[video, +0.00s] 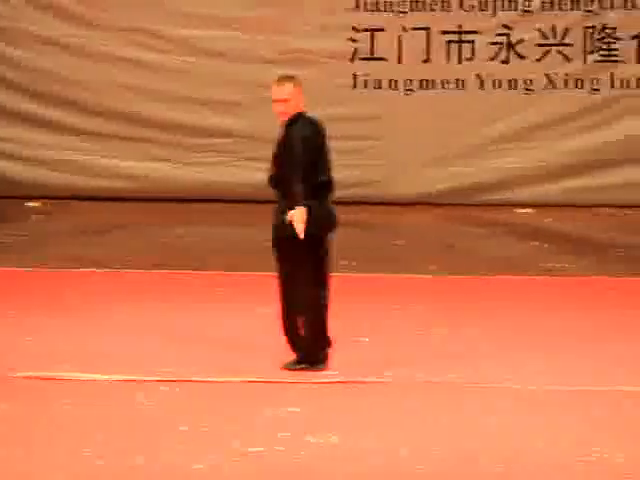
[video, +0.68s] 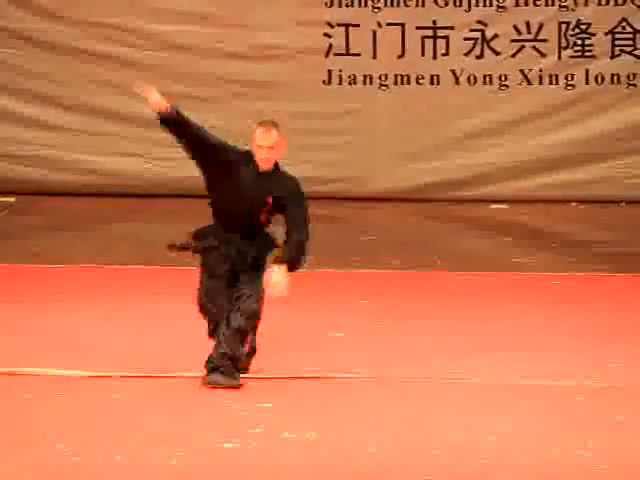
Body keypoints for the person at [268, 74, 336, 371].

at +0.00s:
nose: (278, 107)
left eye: (283, 101)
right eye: (275, 101)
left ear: (298, 98)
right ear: (278, 101)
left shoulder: (297, 130)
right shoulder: (309, 127)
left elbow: (296, 172)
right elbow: (315, 173)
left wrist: (297, 206)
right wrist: (302, 205)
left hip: (297, 220)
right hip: (312, 217)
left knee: (300, 287)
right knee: (311, 285)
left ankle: (309, 350)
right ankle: (314, 345)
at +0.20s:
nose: (259, 108)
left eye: (264, 103)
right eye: (258, 103)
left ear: (280, 102)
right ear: (283, 103)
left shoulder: (270, 138)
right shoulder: (304, 132)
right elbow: (313, 180)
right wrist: (308, 211)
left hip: (283, 226)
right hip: (309, 222)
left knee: (274, 288)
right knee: (304, 284)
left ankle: (291, 347)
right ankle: (304, 343)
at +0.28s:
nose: (254, 116)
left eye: (259, 109)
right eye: (252, 110)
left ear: (279, 108)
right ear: (281, 110)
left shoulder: (265, 144)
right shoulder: (295, 139)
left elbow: (251, 183)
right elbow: (312, 179)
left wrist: (244, 208)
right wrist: (294, 201)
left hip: (288, 226)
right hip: (309, 222)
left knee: (260, 285)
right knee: (297, 285)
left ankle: (280, 344)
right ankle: (298, 343)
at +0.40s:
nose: (246, 129)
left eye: (252, 123)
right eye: (245, 123)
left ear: (267, 121)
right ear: (243, 121)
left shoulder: (263, 152)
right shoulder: (277, 151)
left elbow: (219, 157)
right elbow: (299, 195)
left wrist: (220, 134)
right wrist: (311, 235)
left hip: (280, 239)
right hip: (290, 237)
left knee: (258, 294)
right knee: (280, 297)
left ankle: (232, 349)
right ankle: (292, 348)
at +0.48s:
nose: (246, 133)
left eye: (253, 128)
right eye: (244, 127)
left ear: (268, 126)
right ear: (242, 127)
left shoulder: (273, 156)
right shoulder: (252, 156)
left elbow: (246, 153)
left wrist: (223, 135)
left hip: (273, 241)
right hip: (254, 240)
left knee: (253, 299)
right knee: (268, 297)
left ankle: (228, 356)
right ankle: (287, 348)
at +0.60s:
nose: (258, 140)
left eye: (265, 135)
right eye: (255, 133)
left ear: (276, 137)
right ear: (248, 131)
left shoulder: (278, 173)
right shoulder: (236, 151)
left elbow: (294, 204)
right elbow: (214, 144)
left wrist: (305, 229)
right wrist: (194, 135)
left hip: (257, 250)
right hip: (225, 244)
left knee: (241, 310)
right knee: (222, 310)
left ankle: (219, 366)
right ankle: (268, 334)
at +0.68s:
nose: (265, 153)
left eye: (271, 147)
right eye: (260, 146)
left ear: (281, 149)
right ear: (251, 145)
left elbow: (297, 231)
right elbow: (196, 139)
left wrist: (285, 264)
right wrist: (168, 113)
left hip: (254, 248)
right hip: (220, 242)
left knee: (247, 307)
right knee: (212, 302)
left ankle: (221, 367)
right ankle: (239, 347)